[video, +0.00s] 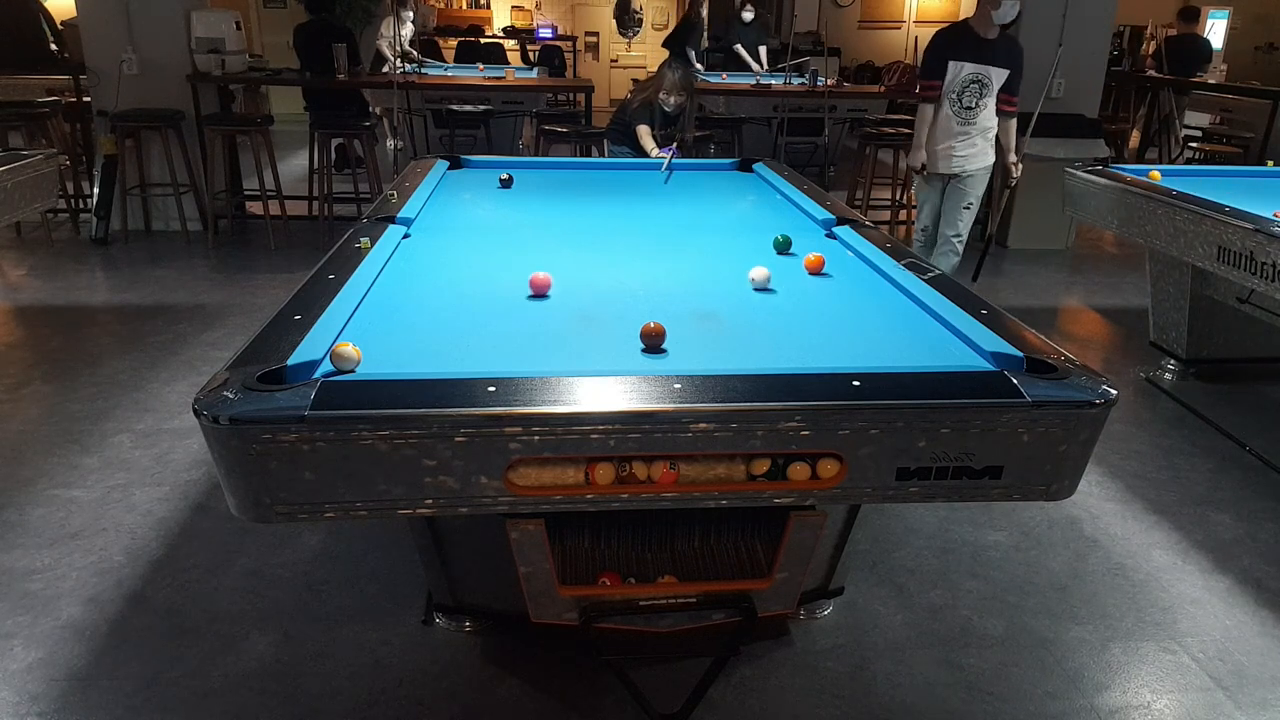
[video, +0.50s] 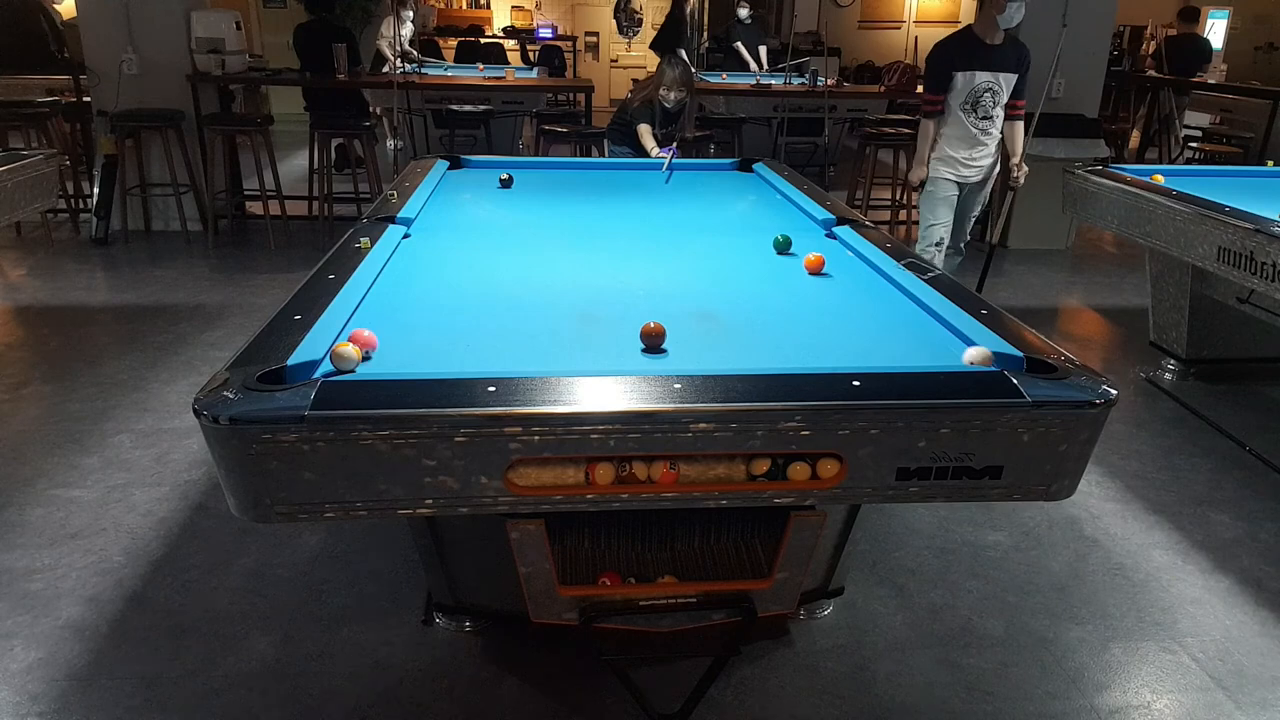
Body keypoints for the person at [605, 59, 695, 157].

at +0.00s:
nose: (672, 101)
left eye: (680, 95)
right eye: (666, 94)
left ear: (688, 95)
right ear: (657, 89)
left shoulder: (686, 103)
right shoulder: (641, 99)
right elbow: (643, 134)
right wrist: (656, 153)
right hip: (623, 144)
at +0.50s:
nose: (673, 97)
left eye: (680, 91)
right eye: (666, 89)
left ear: (689, 90)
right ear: (657, 86)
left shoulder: (687, 101)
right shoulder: (642, 100)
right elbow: (644, 131)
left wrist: (674, 143)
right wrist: (656, 152)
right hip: (624, 142)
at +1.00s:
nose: (672, 94)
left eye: (679, 88)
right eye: (665, 86)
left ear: (688, 87)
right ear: (657, 82)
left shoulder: (686, 97)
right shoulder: (643, 97)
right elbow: (644, 131)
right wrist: (655, 153)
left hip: (661, 142)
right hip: (626, 143)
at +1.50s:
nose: (671, 55)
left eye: (678, 48)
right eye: (664, 48)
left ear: (686, 48)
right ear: (653, 49)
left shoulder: (684, 71)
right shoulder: (640, 78)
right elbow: (625, 126)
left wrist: (683, 119)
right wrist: (646, 153)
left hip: (664, 143)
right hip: (632, 146)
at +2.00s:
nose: (661, 19)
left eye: (666, 12)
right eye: (652, 14)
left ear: (676, 16)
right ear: (642, 20)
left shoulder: (683, 53)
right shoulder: (633, 55)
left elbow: (687, 100)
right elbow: (639, 101)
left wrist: (691, 141)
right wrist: (659, 62)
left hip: (678, 147)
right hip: (642, 148)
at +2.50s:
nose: (713, 20)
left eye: (719, 13)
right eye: (705, 13)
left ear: (726, 18)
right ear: (693, 20)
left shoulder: (725, 58)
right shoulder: (681, 55)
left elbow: (725, 106)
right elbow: (689, 99)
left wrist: (729, 147)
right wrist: (710, 60)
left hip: (717, 143)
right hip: (684, 144)